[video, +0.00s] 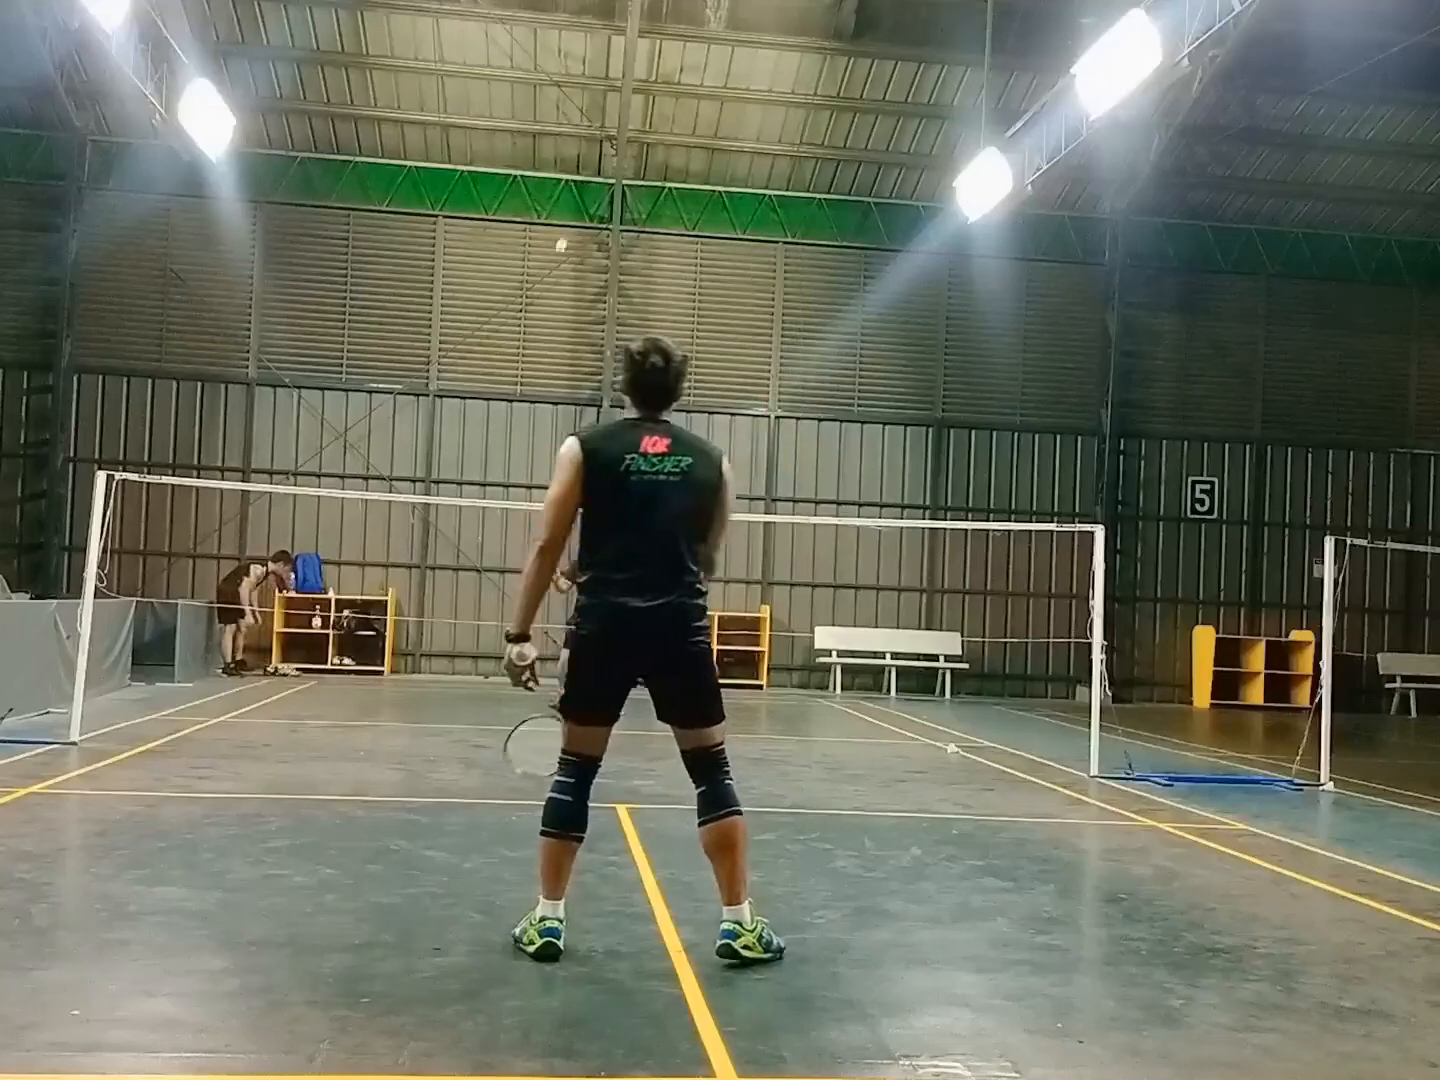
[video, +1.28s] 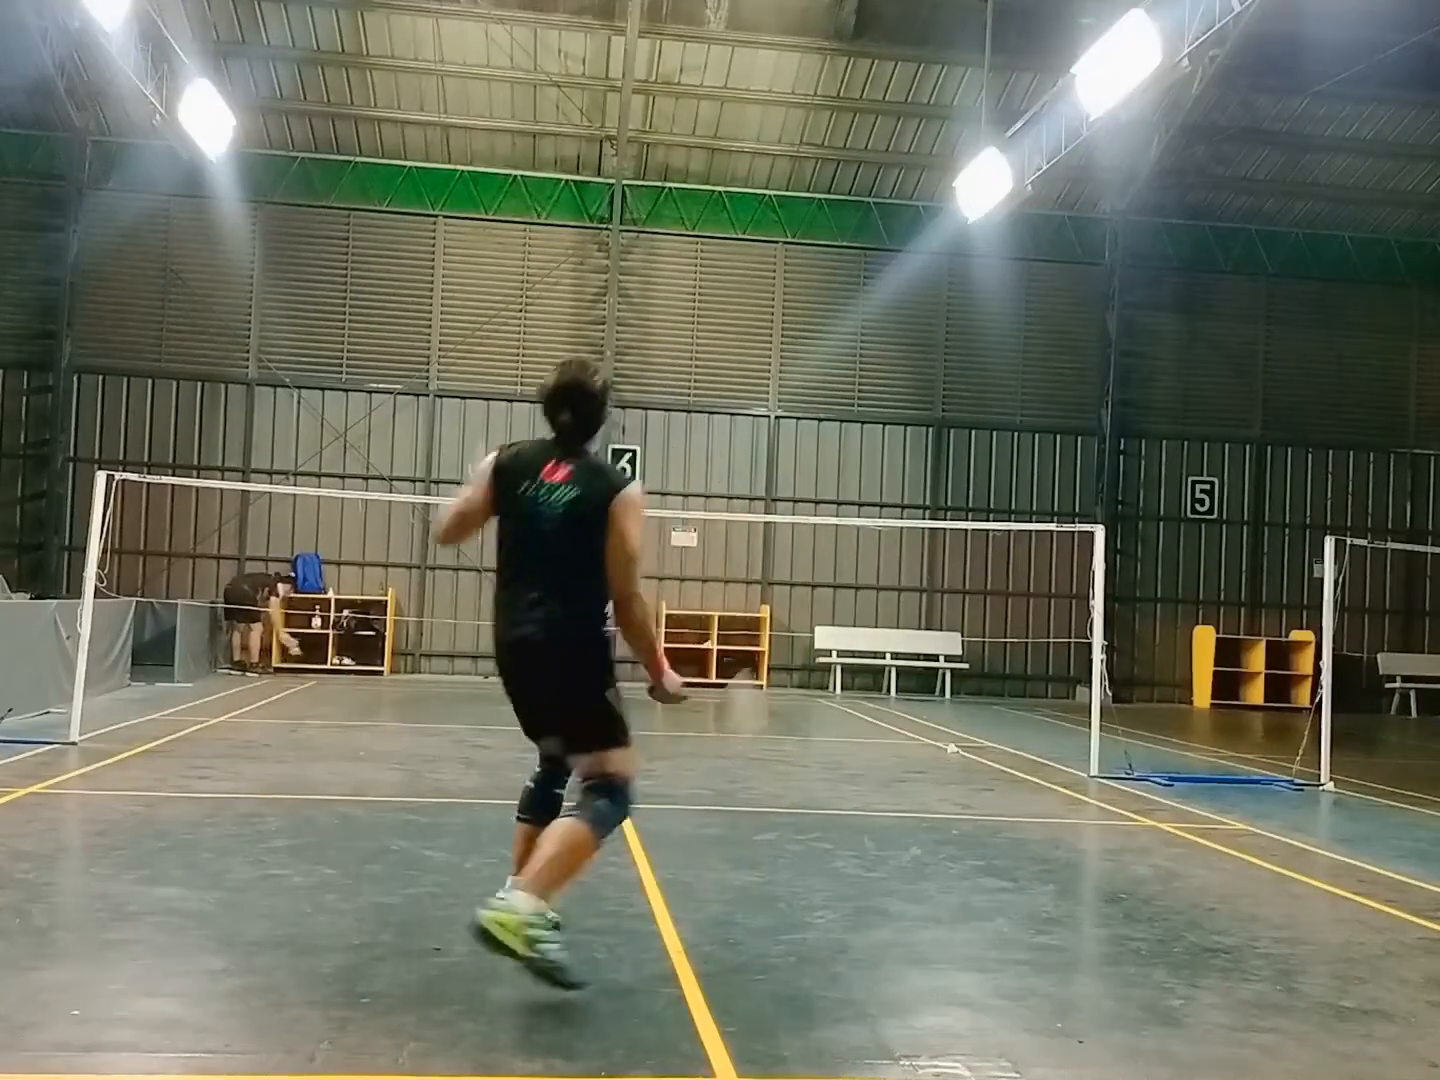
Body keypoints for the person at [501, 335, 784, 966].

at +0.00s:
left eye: (629, 380)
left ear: (622, 388)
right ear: (677, 393)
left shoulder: (586, 447)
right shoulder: (710, 460)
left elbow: (549, 546)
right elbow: (708, 552)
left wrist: (519, 632)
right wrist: (596, 570)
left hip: (602, 631)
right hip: (679, 634)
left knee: (576, 767)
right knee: (711, 768)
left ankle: (548, 916)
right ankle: (739, 920)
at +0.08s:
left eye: (644, 381)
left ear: (636, 390)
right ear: (690, 396)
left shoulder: (597, 449)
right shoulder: (720, 462)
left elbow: (563, 546)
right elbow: (725, 566)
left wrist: (533, 633)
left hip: (610, 629)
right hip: (687, 632)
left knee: (582, 767)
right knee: (716, 769)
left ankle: (549, 915)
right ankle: (737, 923)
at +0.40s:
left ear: (692, 398)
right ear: (744, 406)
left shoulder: (647, 442)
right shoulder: (771, 474)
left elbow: (617, 522)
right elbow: (798, 571)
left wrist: (586, 614)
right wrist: (796, 658)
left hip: (635, 629)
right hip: (716, 638)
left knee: (590, 758)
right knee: (732, 774)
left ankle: (552, 901)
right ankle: (739, 926)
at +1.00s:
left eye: (630, 411)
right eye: (661, 419)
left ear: (620, 420)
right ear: (671, 426)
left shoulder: (574, 469)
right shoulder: (695, 486)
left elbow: (540, 555)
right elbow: (704, 582)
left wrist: (538, 631)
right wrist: (703, 648)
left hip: (578, 638)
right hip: (652, 643)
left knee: (566, 757)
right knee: (696, 776)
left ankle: (541, 896)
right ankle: (743, 921)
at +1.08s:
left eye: (611, 392)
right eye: (642, 397)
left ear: (598, 399)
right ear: (649, 404)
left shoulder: (552, 453)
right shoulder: (673, 467)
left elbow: (513, 540)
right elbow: (671, 569)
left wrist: (519, 606)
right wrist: (671, 642)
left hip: (555, 621)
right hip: (624, 626)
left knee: (561, 740)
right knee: (660, 764)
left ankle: (538, 877)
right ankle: (694, 920)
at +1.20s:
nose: (606, 397)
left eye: (594, 384)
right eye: (622, 392)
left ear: (572, 392)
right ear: (625, 398)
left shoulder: (530, 446)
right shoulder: (646, 461)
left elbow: (487, 538)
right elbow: (647, 569)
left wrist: (500, 571)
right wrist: (653, 652)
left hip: (532, 618)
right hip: (600, 622)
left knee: (558, 747)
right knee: (634, 765)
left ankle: (521, 885)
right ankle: (598, 924)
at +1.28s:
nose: (590, 419)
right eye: (597, 411)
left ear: (547, 415)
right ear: (599, 419)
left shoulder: (505, 465)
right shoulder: (617, 488)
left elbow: (447, 531)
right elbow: (625, 596)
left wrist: (489, 494)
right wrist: (658, 668)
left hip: (515, 647)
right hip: (574, 651)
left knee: (554, 766)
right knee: (611, 787)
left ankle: (520, 905)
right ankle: (523, 905)